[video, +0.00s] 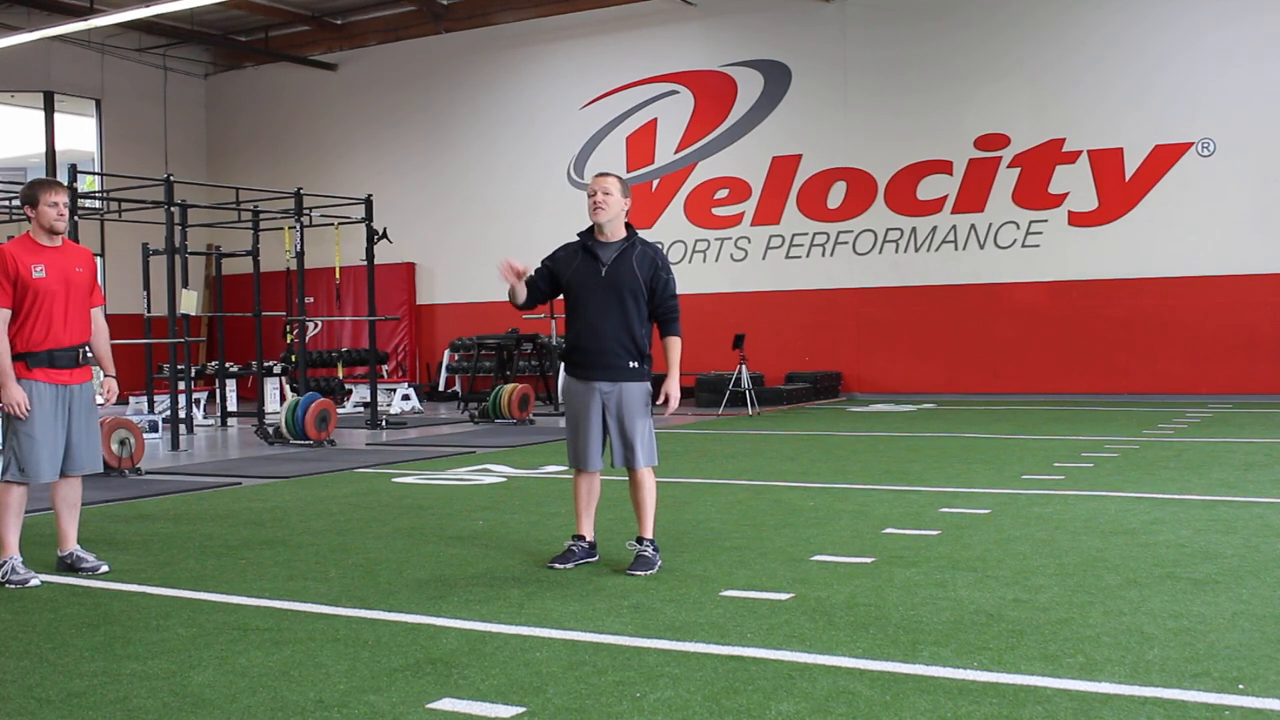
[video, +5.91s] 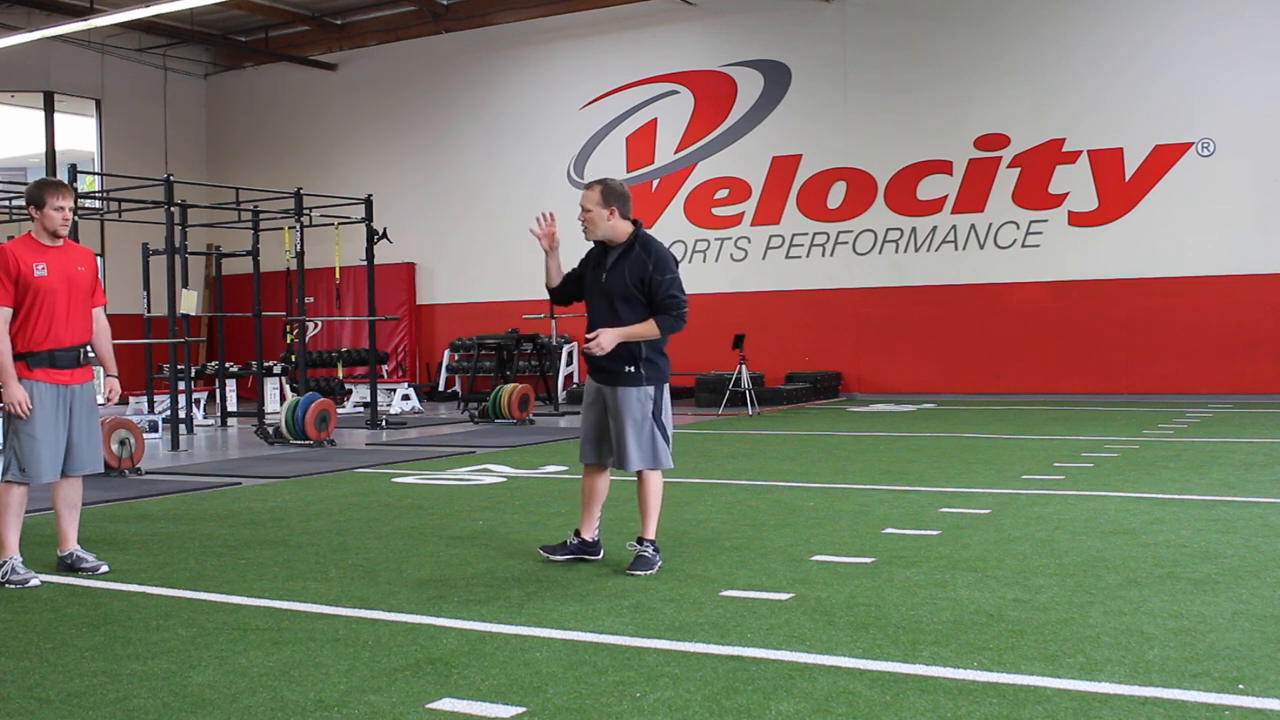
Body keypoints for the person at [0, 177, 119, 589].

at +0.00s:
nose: (62, 212)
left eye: (66, 205)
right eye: (53, 205)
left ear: (69, 211)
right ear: (30, 211)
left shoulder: (84, 257)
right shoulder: (11, 255)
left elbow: (96, 320)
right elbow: (0, 326)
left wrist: (109, 371)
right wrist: (7, 382)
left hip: (77, 377)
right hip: (30, 378)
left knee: (72, 467)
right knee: (18, 473)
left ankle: (69, 551)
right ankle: (10, 559)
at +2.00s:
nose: (66, 213)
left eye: (68, 206)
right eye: (57, 206)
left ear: (69, 211)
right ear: (33, 211)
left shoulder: (84, 257)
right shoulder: (11, 255)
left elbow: (96, 319)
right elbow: (0, 326)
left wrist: (110, 371)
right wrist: (6, 381)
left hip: (77, 376)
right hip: (29, 378)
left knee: (72, 466)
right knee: (18, 473)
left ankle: (69, 551)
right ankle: (10, 560)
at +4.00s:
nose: (67, 214)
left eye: (69, 207)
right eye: (58, 207)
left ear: (71, 211)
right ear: (34, 211)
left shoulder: (85, 257)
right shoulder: (11, 254)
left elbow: (97, 319)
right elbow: (1, 325)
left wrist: (111, 370)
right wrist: (7, 381)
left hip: (77, 377)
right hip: (30, 378)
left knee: (72, 466)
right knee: (19, 473)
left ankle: (69, 551)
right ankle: (10, 559)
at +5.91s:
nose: (66, 215)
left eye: (69, 209)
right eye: (57, 208)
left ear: (73, 212)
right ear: (35, 211)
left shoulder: (85, 257)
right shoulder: (12, 255)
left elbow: (98, 319)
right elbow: (1, 325)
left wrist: (111, 371)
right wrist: (8, 381)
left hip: (78, 377)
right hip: (30, 378)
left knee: (72, 466)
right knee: (19, 473)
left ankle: (69, 551)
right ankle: (10, 559)